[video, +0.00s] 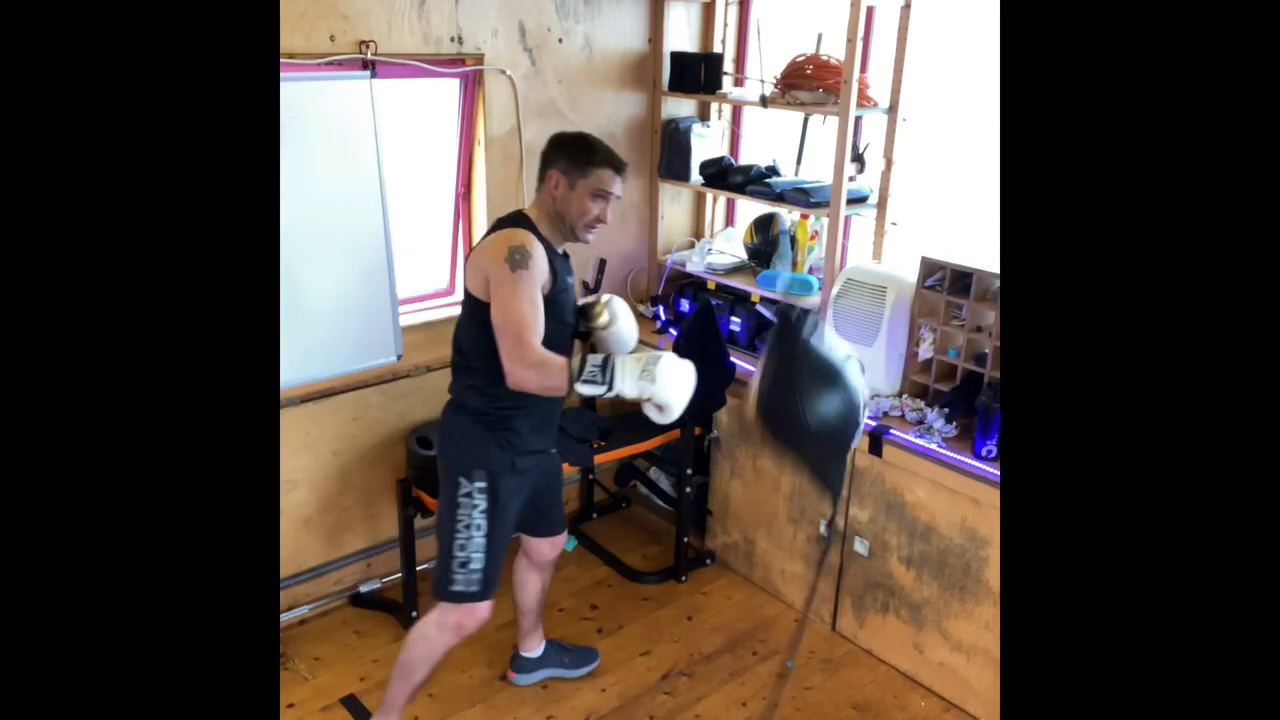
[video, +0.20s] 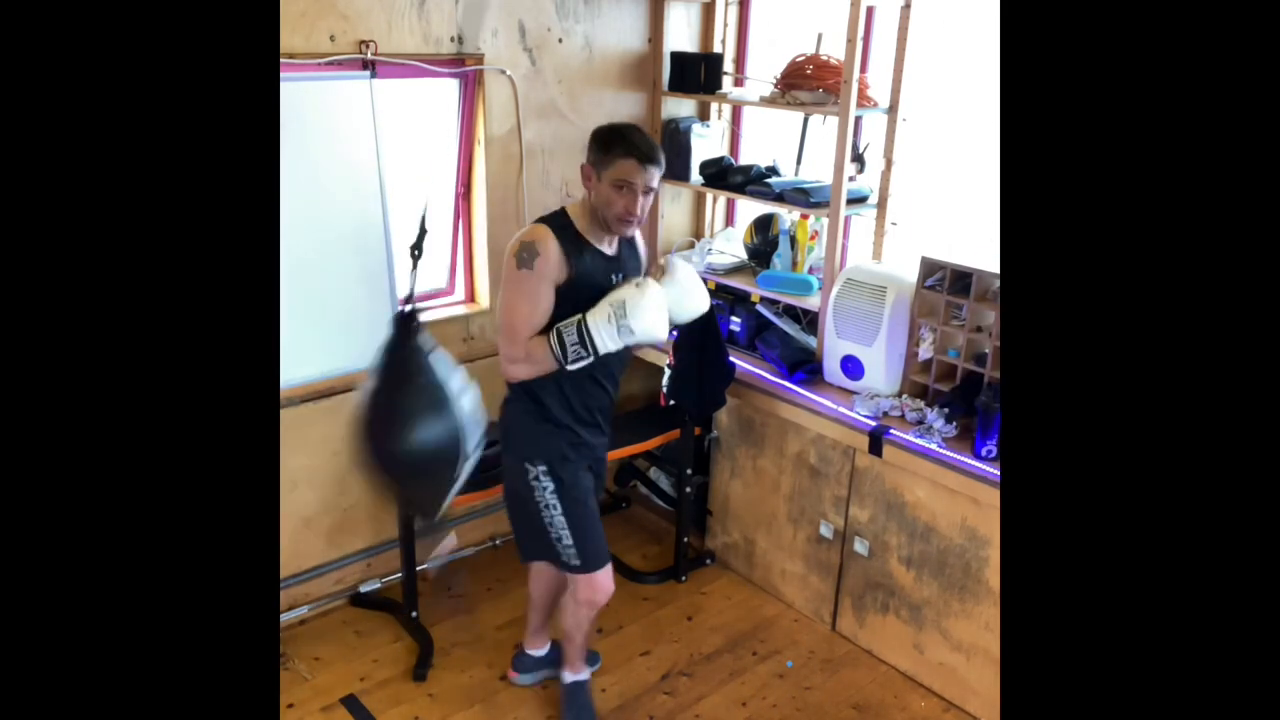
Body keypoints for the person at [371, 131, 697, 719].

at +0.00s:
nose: (604, 214)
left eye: (611, 201)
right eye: (598, 197)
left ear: (559, 190)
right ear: (554, 184)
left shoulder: (549, 252)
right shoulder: (515, 250)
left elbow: (541, 334)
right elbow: (522, 368)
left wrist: (587, 323)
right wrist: (612, 380)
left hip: (533, 438)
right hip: (484, 446)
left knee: (544, 543)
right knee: (464, 608)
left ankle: (530, 652)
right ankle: (385, 713)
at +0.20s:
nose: (637, 207)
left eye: (648, 192)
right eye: (624, 189)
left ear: (656, 189)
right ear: (588, 178)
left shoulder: (634, 236)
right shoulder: (539, 248)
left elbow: (630, 320)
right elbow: (514, 361)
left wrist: (664, 303)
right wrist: (603, 327)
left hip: (589, 429)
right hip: (539, 432)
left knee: (554, 552)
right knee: (592, 582)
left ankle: (534, 651)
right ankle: (574, 678)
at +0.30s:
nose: (625, 190)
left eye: (638, 176)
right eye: (612, 173)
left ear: (649, 182)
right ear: (580, 173)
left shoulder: (651, 249)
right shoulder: (545, 256)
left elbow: (688, 351)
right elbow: (534, 372)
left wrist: (686, 299)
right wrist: (591, 324)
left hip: (646, 428)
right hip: (587, 438)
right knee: (611, 583)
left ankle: (562, 625)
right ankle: (600, 677)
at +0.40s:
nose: (622, 192)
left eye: (634, 176)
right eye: (606, 178)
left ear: (653, 182)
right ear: (584, 185)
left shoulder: (682, 250)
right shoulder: (568, 268)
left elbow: (723, 357)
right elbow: (569, 380)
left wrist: (718, 290)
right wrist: (615, 305)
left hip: (693, 444)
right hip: (622, 454)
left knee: (719, 561)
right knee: (622, 591)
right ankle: (601, 674)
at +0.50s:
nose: (650, 203)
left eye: (661, 188)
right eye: (635, 191)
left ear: (685, 191)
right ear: (618, 199)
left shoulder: (718, 256)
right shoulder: (602, 276)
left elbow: (771, 348)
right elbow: (602, 387)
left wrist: (735, 286)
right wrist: (638, 308)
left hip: (726, 456)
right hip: (651, 465)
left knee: (763, 581)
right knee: (635, 605)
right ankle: (603, 674)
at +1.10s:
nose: (740, 234)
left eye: (751, 216)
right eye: (723, 219)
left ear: (767, 204)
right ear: (696, 210)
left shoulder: (800, 252)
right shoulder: (669, 258)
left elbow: (842, 340)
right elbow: (641, 376)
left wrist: (800, 343)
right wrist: (659, 343)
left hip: (770, 441)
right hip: (689, 439)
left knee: (796, 572)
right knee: (645, 572)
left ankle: (803, 651)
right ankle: (616, 671)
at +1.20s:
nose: (764, 231)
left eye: (776, 214)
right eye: (748, 216)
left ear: (789, 202)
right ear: (718, 204)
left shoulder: (804, 241)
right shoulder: (695, 250)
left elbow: (829, 320)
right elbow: (709, 333)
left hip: (778, 437)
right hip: (700, 439)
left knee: (804, 572)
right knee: (652, 570)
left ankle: (812, 650)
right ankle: (616, 671)